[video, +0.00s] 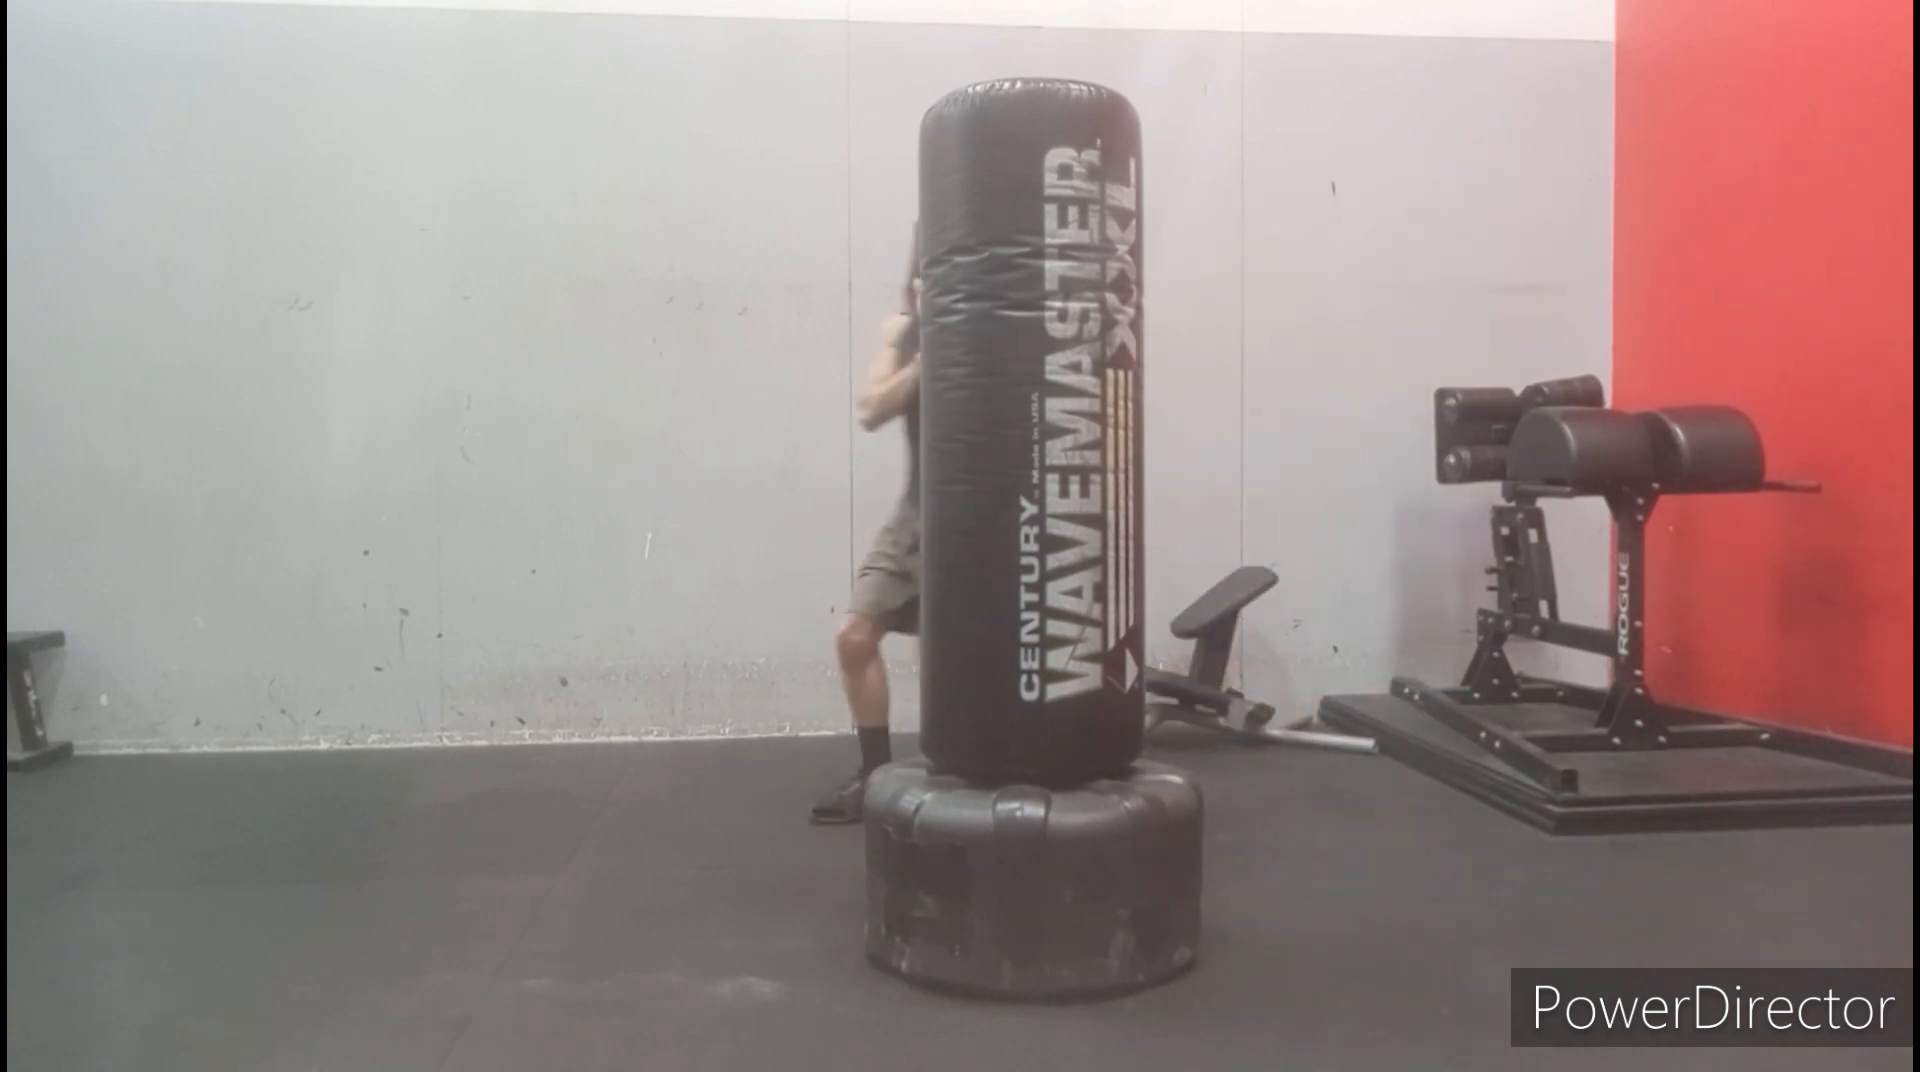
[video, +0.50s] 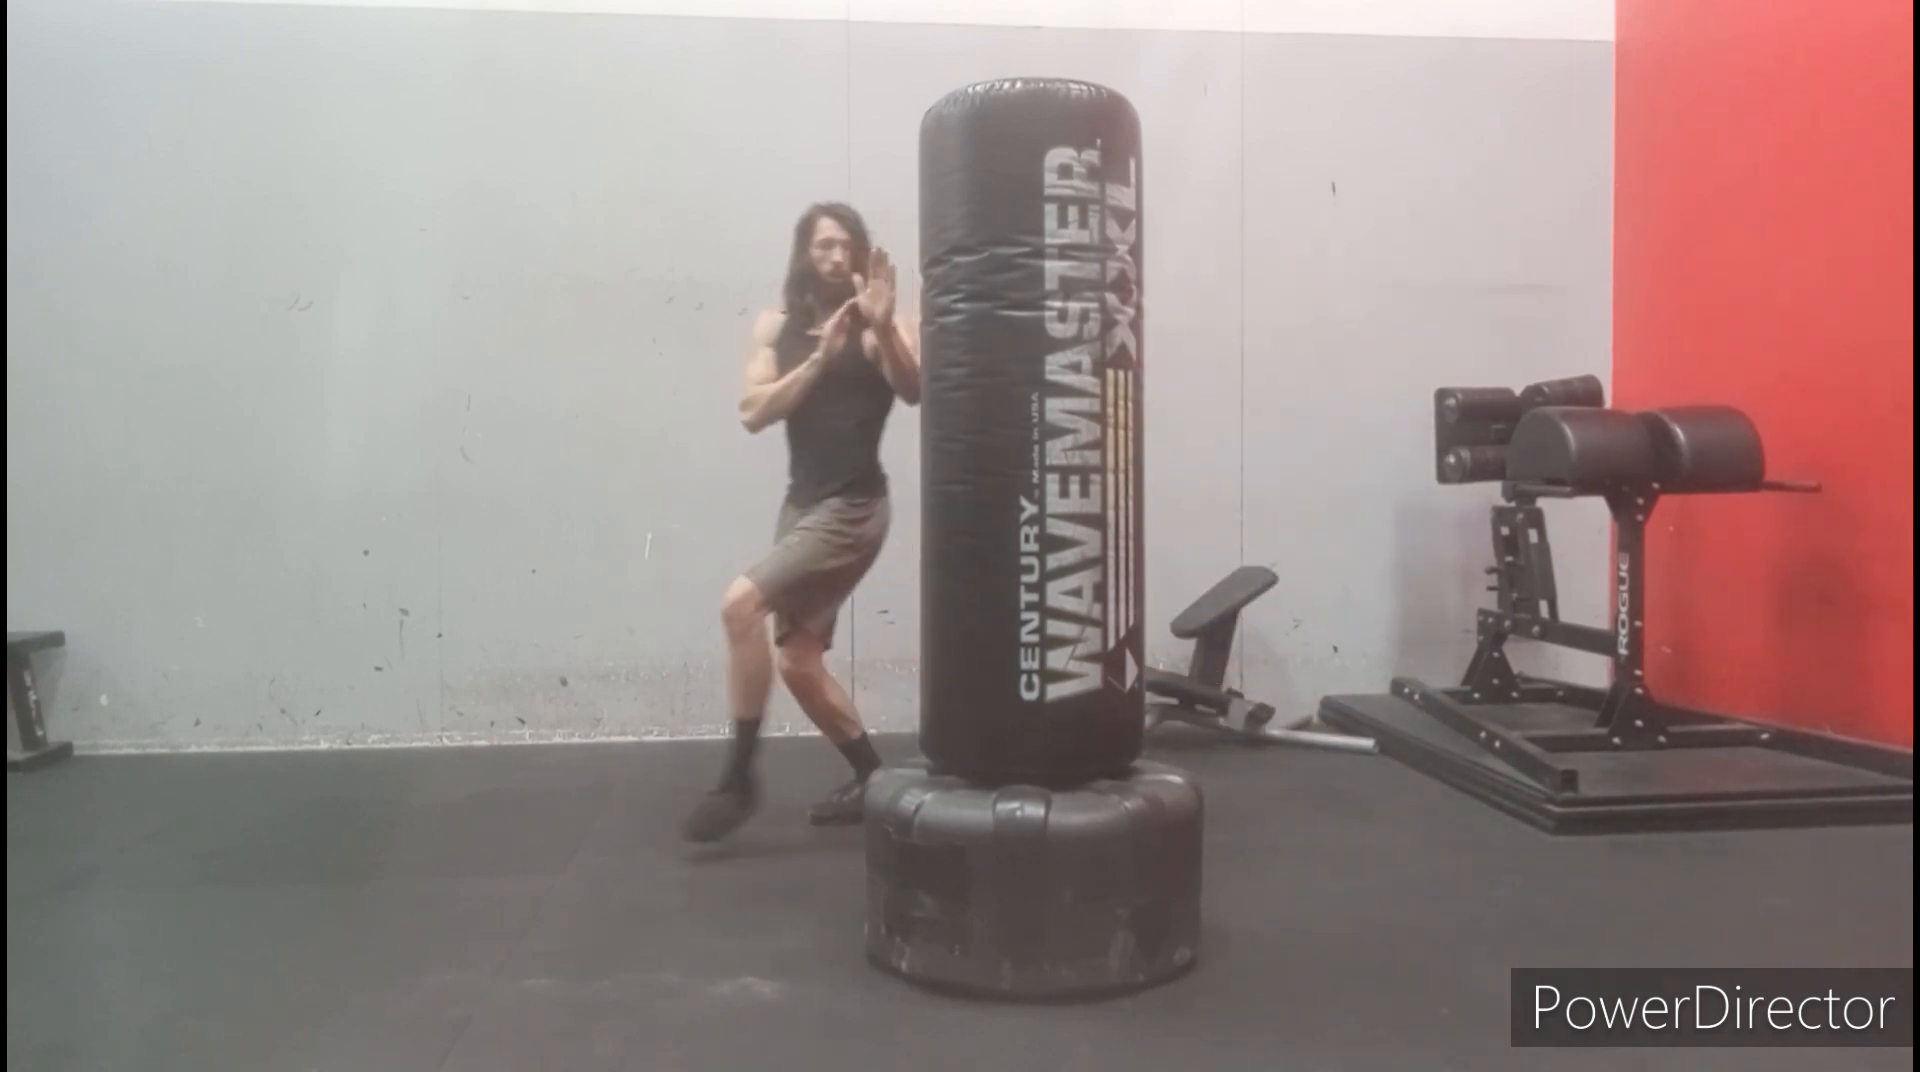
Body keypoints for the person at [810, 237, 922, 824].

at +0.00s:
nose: (932, 287)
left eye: (943, 276)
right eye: (926, 277)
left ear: (967, 281)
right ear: (913, 285)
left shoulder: (994, 331)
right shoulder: (907, 328)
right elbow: (873, 408)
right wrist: (932, 347)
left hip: (988, 512)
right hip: (922, 506)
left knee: (976, 644)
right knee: (856, 639)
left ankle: (980, 779)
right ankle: (876, 776)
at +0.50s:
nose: (835, 256)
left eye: (844, 246)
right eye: (824, 246)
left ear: (861, 256)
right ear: (801, 256)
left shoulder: (881, 318)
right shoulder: (776, 322)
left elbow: (912, 390)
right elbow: (754, 414)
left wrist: (882, 323)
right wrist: (823, 356)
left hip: (855, 503)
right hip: (801, 503)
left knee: (742, 606)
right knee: (800, 666)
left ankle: (739, 780)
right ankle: (872, 777)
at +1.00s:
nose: (727, 238)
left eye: (738, 229)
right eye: (713, 227)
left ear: (750, 242)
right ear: (686, 238)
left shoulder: (766, 315)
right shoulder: (646, 308)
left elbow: (815, 387)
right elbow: (625, 401)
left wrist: (814, 320)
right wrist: (709, 343)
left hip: (730, 510)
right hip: (667, 506)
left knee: (651, 664)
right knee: (625, 670)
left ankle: (685, 818)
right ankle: (754, 723)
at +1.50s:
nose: (631, 219)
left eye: (638, 208)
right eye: (614, 207)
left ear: (647, 220)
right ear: (576, 218)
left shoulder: (662, 306)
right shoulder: (525, 295)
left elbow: (741, 376)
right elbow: (528, 396)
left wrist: (761, 315)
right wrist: (621, 331)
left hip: (637, 516)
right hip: (555, 510)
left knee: (598, 696)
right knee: (521, 668)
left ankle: (680, 810)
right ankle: (509, 855)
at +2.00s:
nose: (560, 202)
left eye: (566, 189)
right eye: (544, 187)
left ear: (572, 200)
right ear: (497, 191)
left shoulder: (579, 292)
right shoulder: (425, 273)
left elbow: (682, 368)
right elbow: (445, 385)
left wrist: (728, 301)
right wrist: (547, 322)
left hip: (553, 513)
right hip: (466, 522)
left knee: (519, 648)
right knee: (487, 721)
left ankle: (524, 853)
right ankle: (521, 860)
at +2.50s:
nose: (548, 169)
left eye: (552, 154)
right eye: (530, 152)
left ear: (551, 165)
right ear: (478, 155)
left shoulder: (554, 269)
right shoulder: (396, 241)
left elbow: (675, 354)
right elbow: (438, 365)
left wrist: (750, 285)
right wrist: (544, 296)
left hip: (537, 520)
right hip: (435, 524)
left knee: (516, 720)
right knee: (437, 748)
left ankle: (472, 922)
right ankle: (476, 833)